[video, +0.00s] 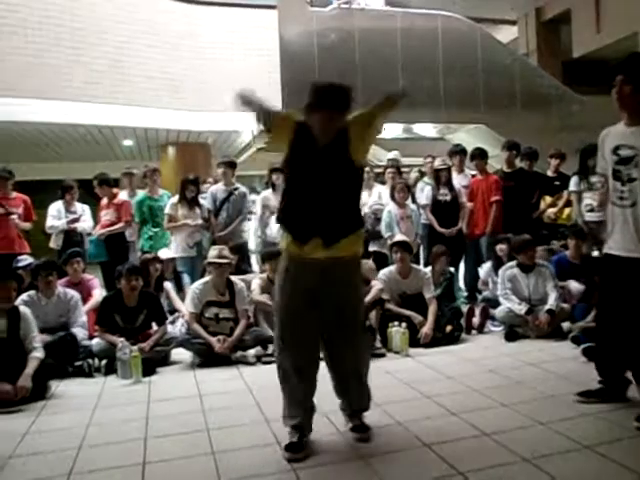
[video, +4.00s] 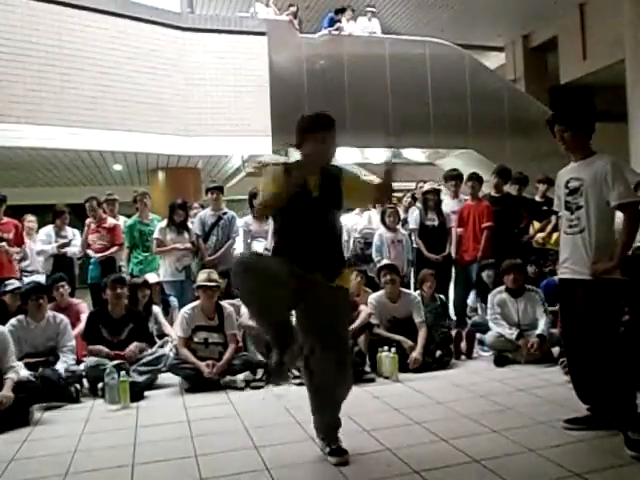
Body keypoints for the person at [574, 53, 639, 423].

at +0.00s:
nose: (619, 94)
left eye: (625, 87)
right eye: (616, 87)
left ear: (639, 92)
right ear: (615, 93)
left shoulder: (635, 135)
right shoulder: (608, 136)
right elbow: (604, 182)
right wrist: (598, 210)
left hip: (636, 248)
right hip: (616, 246)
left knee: (637, 325)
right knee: (609, 320)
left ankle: (638, 393)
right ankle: (613, 383)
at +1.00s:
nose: (586, 67)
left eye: (592, 60)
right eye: (586, 60)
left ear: (612, 63)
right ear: (594, 65)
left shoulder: (634, 107)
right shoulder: (583, 109)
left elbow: (639, 163)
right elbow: (580, 159)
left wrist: (635, 207)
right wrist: (575, 199)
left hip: (624, 219)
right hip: (590, 216)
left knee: (625, 296)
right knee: (589, 290)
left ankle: (633, 369)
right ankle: (589, 352)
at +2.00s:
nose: (572, 126)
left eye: (578, 120)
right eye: (573, 120)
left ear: (596, 125)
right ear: (580, 128)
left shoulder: (620, 165)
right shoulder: (572, 169)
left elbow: (636, 217)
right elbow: (566, 220)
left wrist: (633, 263)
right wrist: (563, 262)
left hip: (614, 278)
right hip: (579, 277)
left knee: (619, 349)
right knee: (583, 347)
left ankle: (633, 417)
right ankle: (597, 410)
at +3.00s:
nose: (561, 133)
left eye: (566, 127)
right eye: (558, 128)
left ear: (585, 130)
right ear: (558, 134)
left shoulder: (607, 166)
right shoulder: (560, 175)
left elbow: (632, 211)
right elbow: (562, 220)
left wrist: (622, 259)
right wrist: (560, 256)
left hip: (604, 275)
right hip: (571, 275)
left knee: (607, 346)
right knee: (578, 346)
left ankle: (620, 412)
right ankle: (597, 409)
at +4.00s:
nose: (562, 139)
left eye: (566, 132)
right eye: (559, 134)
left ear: (583, 130)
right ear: (557, 136)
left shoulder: (607, 166)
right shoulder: (563, 174)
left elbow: (631, 213)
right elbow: (564, 220)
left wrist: (618, 259)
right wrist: (561, 257)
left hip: (601, 275)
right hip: (570, 275)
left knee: (605, 346)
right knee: (577, 346)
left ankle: (619, 412)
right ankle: (597, 409)